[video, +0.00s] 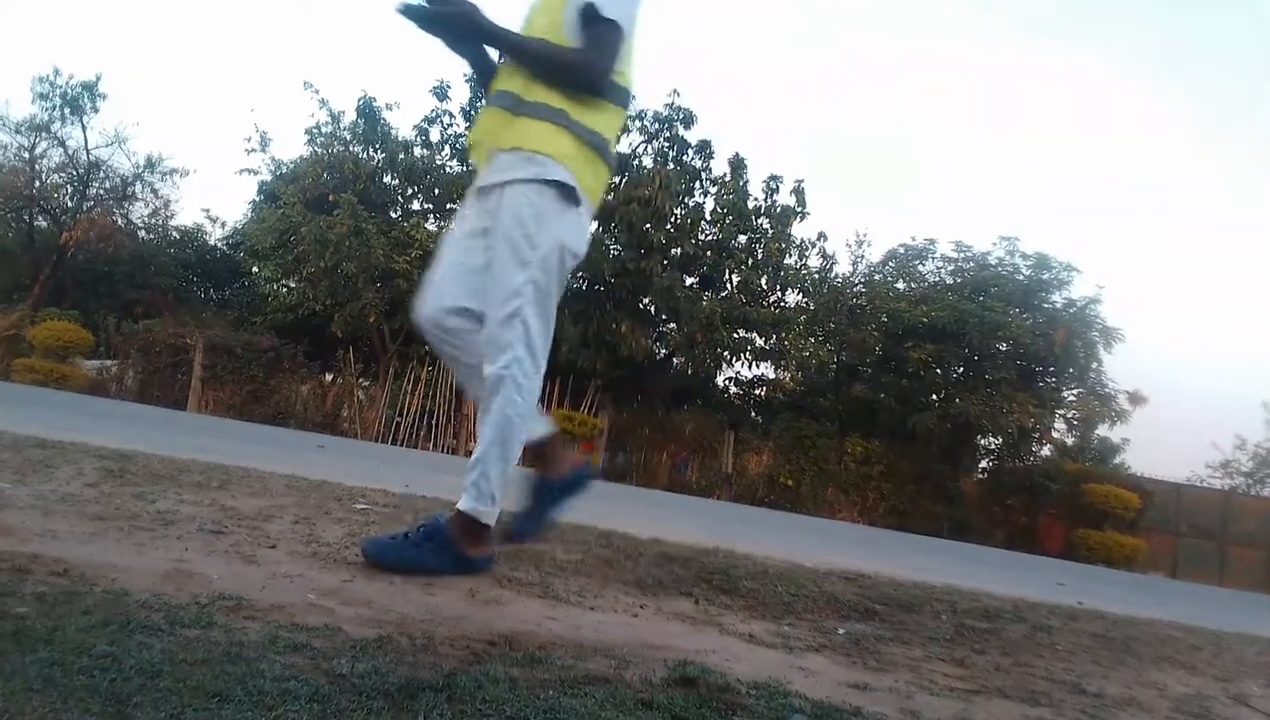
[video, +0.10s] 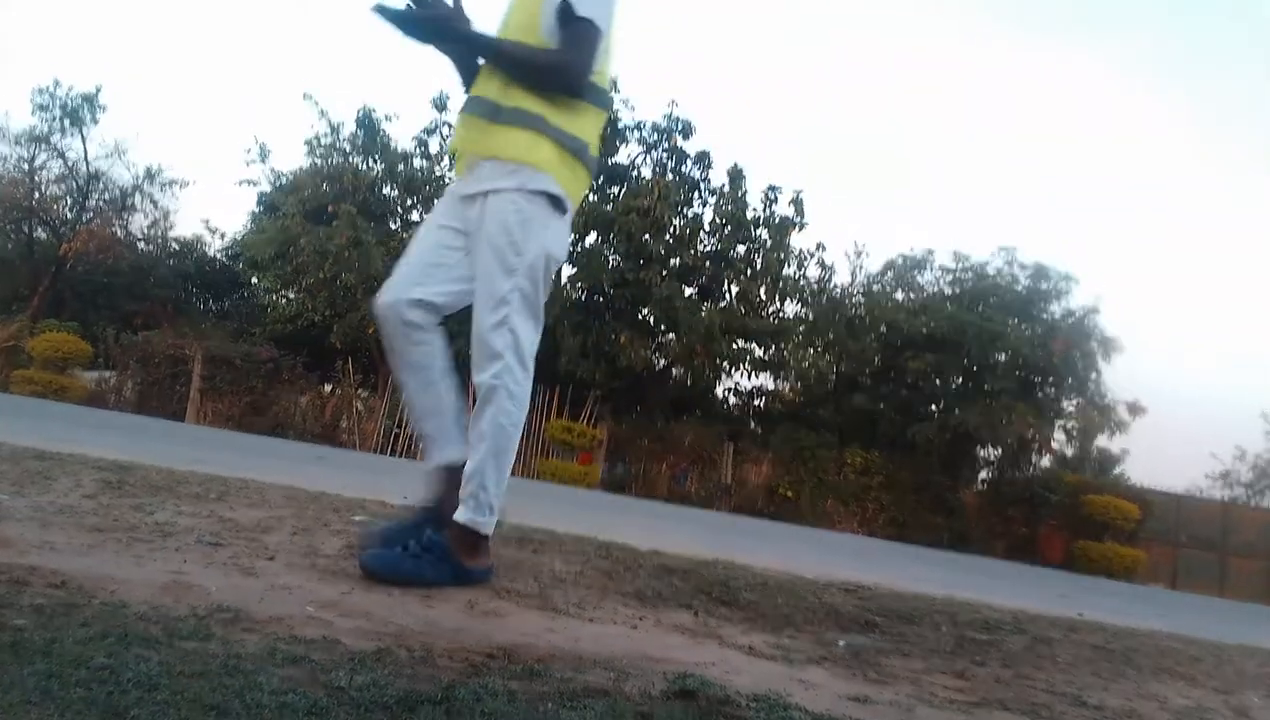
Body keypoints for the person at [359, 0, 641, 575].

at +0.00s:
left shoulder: (604, 3)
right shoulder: (547, 20)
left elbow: (593, 73)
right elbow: (514, 107)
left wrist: (488, 29)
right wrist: (469, 48)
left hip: (548, 178)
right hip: (493, 178)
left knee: (515, 344)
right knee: (442, 311)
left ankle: (472, 526)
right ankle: (556, 456)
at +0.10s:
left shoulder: (583, 3)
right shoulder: (521, 17)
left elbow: (571, 74)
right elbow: (494, 102)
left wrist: (461, 38)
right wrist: (456, 35)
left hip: (530, 182)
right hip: (471, 180)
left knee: (503, 353)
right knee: (403, 305)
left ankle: (470, 536)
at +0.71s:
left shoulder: (456, 4)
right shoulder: (364, 10)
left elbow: (451, 46)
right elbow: (330, 73)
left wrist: (354, 5)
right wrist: (311, 9)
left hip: (393, 132)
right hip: (327, 132)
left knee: (337, 300)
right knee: (301, 331)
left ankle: (391, 509)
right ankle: (264, 512)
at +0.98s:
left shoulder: (446, 8)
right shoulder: (337, 17)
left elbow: (442, 34)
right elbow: (312, 54)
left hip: (375, 136)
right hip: (302, 131)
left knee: (340, 330)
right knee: (284, 333)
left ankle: (327, 522)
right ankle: (261, 510)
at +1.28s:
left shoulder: (450, 10)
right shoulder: (334, 20)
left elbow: (444, 31)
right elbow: (318, 41)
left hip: (379, 144)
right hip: (305, 140)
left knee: (353, 339)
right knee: (291, 336)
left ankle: (328, 523)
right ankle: (262, 509)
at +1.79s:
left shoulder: (451, 11)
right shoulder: (339, 25)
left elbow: (442, 29)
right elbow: (321, 34)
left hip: (379, 143)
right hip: (309, 139)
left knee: (356, 341)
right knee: (291, 337)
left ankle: (328, 524)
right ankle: (262, 509)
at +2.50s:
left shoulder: (449, 10)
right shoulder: (338, 24)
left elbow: (443, 29)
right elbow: (322, 38)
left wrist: (351, 1)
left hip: (380, 138)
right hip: (308, 133)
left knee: (354, 339)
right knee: (290, 334)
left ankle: (328, 523)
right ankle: (262, 509)